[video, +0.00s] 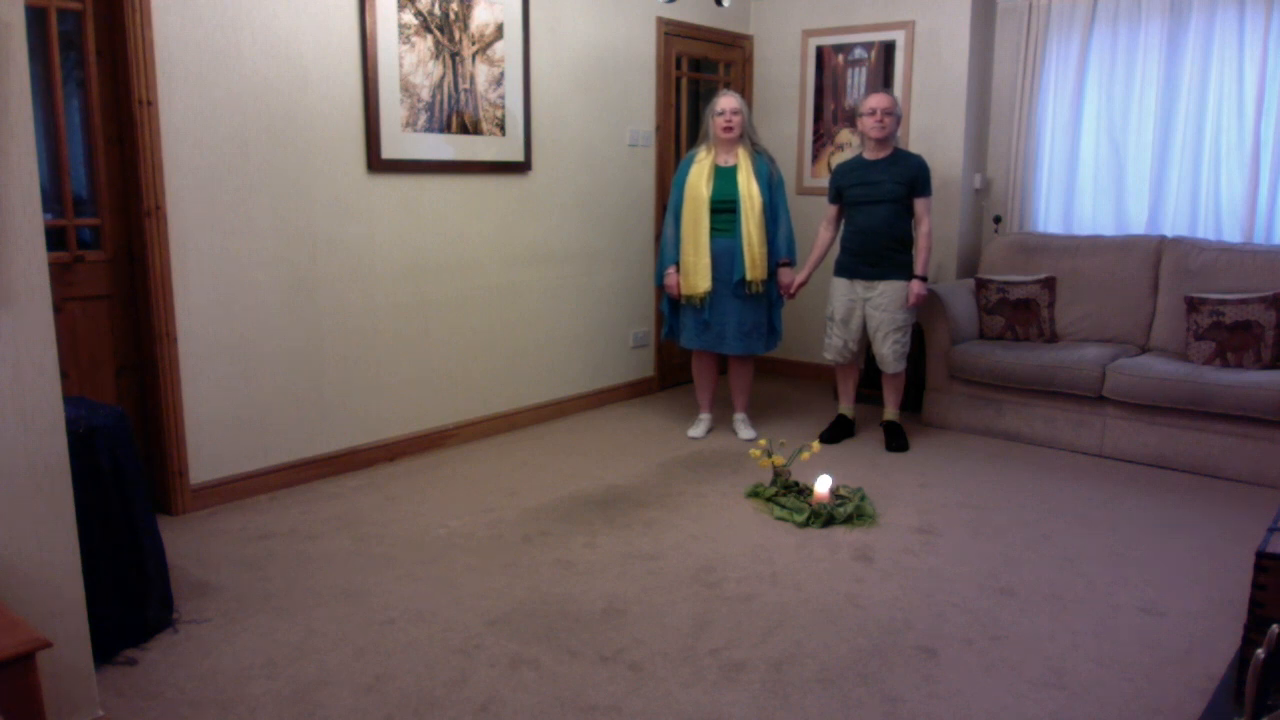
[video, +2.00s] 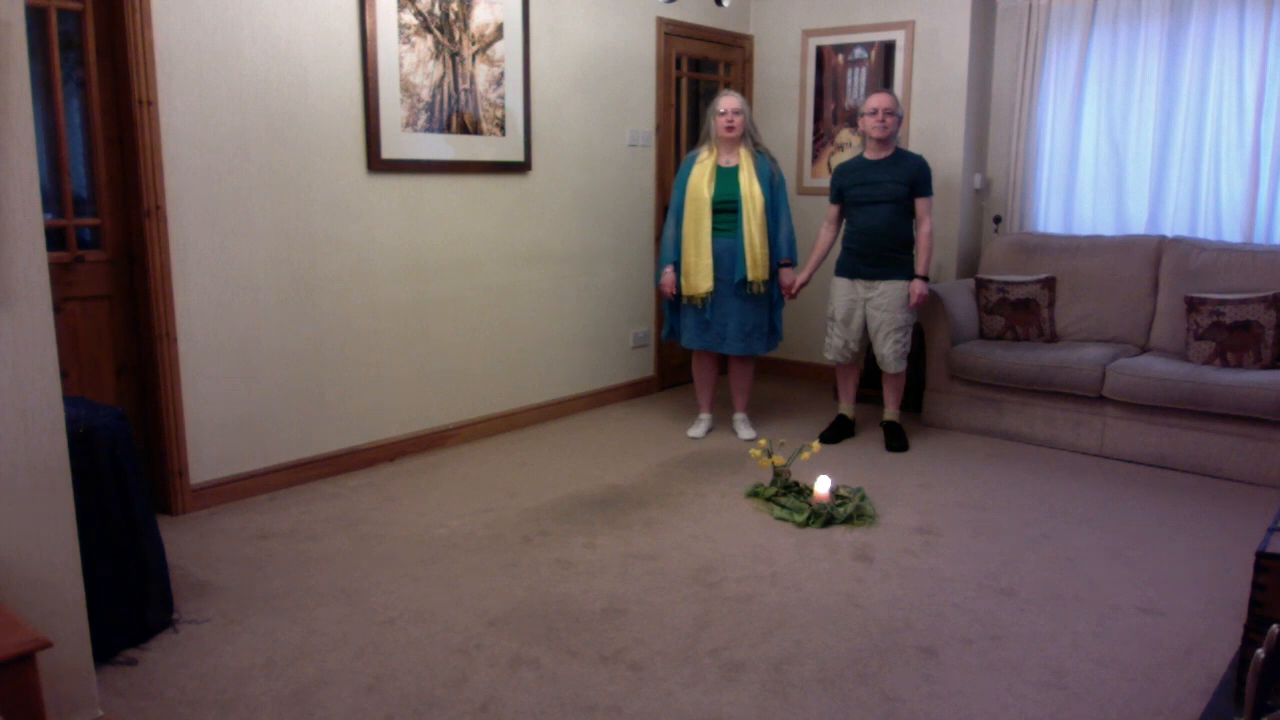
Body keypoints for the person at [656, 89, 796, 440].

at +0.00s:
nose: (728, 119)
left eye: (735, 113)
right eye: (721, 113)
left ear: (745, 119)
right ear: (710, 120)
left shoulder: (762, 163)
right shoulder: (692, 163)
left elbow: (779, 215)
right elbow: (673, 218)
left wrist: (784, 264)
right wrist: (670, 266)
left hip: (748, 268)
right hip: (700, 268)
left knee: (742, 344)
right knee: (702, 343)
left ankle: (741, 415)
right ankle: (704, 413)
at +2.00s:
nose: (729, 119)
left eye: (736, 113)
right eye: (722, 113)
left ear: (747, 119)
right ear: (712, 120)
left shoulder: (763, 164)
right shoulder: (693, 163)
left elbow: (780, 216)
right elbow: (675, 217)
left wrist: (785, 264)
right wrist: (668, 265)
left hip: (749, 268)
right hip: (700, 268)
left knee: (743, 344)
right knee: (702, 343)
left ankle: (741, 414)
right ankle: (705, 413)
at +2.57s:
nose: (730, 119)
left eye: (737, 113)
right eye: (723, 113)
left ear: (747, 119)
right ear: (712, 120)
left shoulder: (764, 164)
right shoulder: (694, 163)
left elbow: (780, 216)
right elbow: (675, 217)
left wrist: (785, 264)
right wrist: (671, 265)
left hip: (750, 268)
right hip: (701, 268)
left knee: (743, 344)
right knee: (703, 343)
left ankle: (741, 414)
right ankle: (705, 413)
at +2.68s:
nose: (730, 119)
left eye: (737, 113)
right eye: (723, 113)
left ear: (747, 119)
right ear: (712, 120)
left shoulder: (764, 164)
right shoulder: (694, 163)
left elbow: (780, 216)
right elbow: (675, 217)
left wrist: (785, 264)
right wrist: (671, 265)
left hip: (750, 268)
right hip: (701, 268)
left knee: (743, 344)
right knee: (703, 343)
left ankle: (741, 414)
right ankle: (705, 413)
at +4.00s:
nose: (731, 119)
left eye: (737, 113)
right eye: (723, 114)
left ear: (748, 119)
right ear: (713, 120)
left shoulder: (764, 164)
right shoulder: (694, 163)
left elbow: (781, 216)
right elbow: (676, 218)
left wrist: (786, 264)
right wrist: (672, 266)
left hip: (750, 269)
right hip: (702, 269)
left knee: (743, 344)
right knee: (703, 343)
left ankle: (741, 414)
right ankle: (705, 413)